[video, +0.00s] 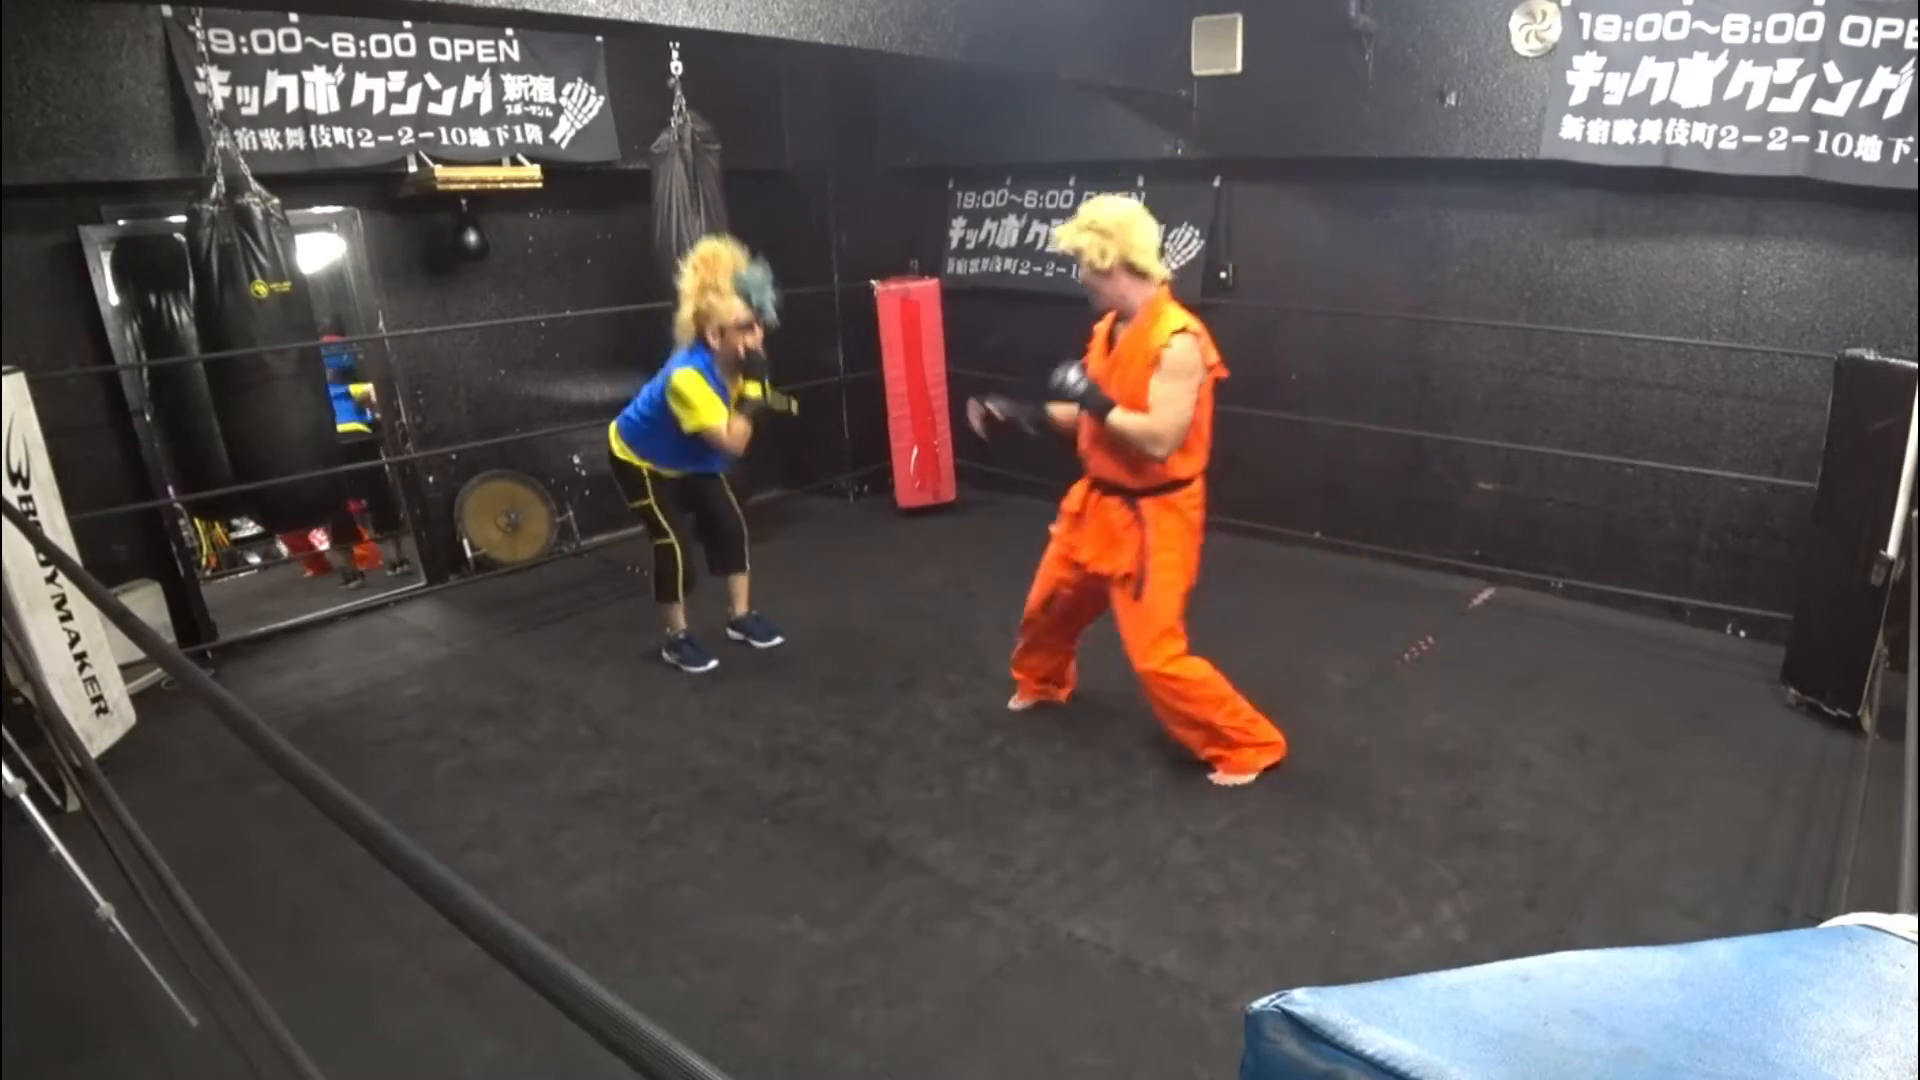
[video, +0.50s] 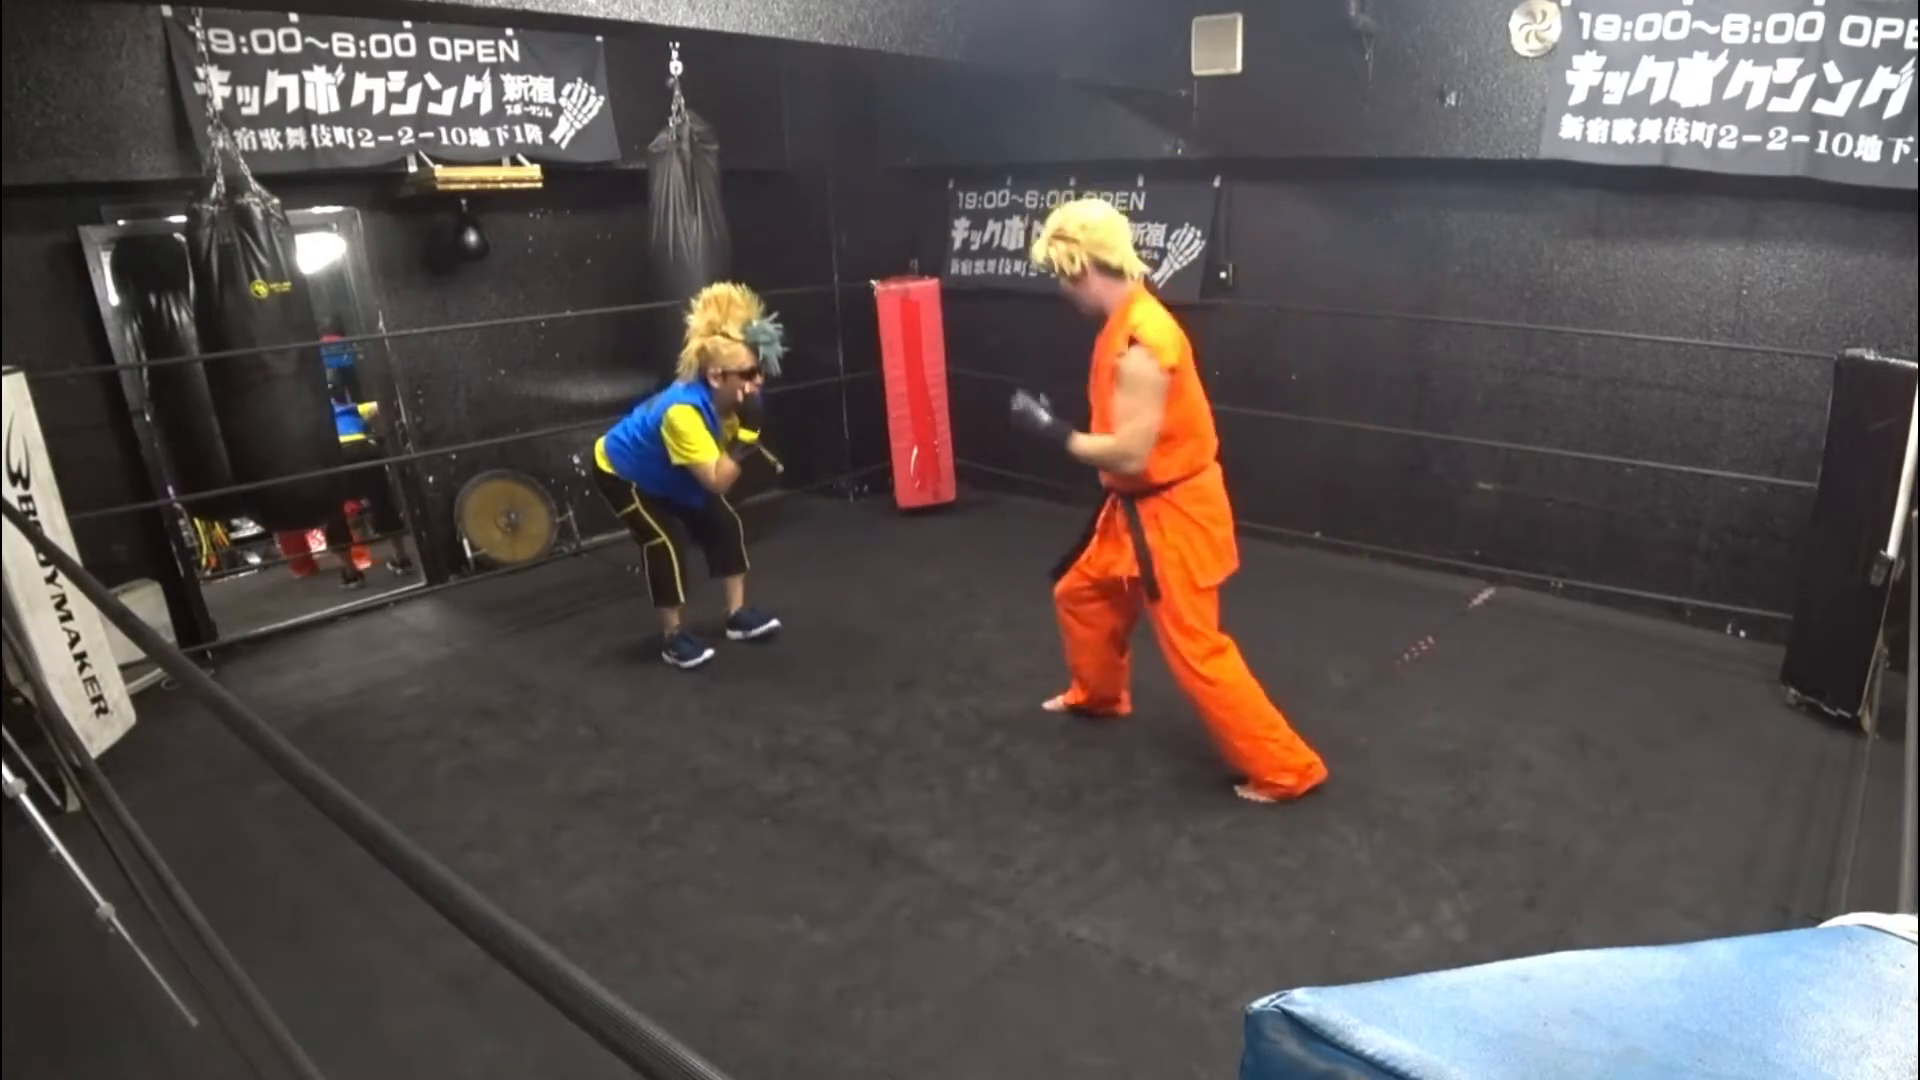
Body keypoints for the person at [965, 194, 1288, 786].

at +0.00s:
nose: (1082, 282)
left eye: (1087, 269)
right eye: (1081, 270)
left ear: (1115, 264)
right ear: (1121, 265)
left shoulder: (1180, 340)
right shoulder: (1107, 331)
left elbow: (1162, 437)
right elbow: (1088, 418)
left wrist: (1094, 400)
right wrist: (1022, 413)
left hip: (1158, 511)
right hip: (1097, 499)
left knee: (1155, 657)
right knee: (1047, 605)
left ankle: (1250, 746)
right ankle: (1041, 685)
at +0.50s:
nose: (1064, 291)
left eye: (1063, 277)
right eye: (1060, 278)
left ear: (1085, 268)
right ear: (1106, 260)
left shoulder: (1145, 341)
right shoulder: (1127, 322)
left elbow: (1133, 451)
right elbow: (1132, 430)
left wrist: (1057, 433)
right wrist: (1103, 463)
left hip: (1176, 507)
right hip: (1139, 501)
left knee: (1195, 648)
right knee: (1080, 594)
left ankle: (1288, 770)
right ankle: (1099, 693)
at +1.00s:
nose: (1001, 233)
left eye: (1006, 222)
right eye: (1003, 221)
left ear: (1027, 223)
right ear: (1065, 223)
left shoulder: (990, 281)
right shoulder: (1114, 285)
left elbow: (947, 368)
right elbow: (1146, 379)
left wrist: (931, 339)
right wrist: (1088, 349)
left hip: (999, 459)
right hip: (1077, 459)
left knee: (948, 580)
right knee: (1079, 590)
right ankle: (1113, 711)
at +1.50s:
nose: (753, 309)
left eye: (752, 297)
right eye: (748, 298)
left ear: (772, 291)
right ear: (805, 275)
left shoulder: (820, 357)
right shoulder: (842, 311)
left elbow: (818, 459)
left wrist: (781, 412)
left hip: (852, 510)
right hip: (905, 493)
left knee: (780, 609)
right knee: (922, 610)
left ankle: (755, 722)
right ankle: (1029, 694)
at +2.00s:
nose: (752, 276)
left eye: (753, 265)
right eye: (751, 267)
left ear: (767, 261)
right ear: (819, 247)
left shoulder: (757, 313)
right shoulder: (869, 288)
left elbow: (686, 331)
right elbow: (942, 343)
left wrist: (677, 320)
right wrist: (940, 373)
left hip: (817, 478)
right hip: (889, 464)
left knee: (779, 596)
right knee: (945, 590)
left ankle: (740, 719)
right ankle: (997, 705)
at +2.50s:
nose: (755, 290)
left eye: (756, 279)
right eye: (753, 279)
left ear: (773, 274)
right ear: (820, 262)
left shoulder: (759, 342)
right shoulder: (876, 315)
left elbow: (704, 414)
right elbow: (899, 356)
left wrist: (672, 390)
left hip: (813, 504)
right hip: (887, 493)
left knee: (766, 603)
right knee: (949, 599)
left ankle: (718, 707)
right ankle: (1002, 705)